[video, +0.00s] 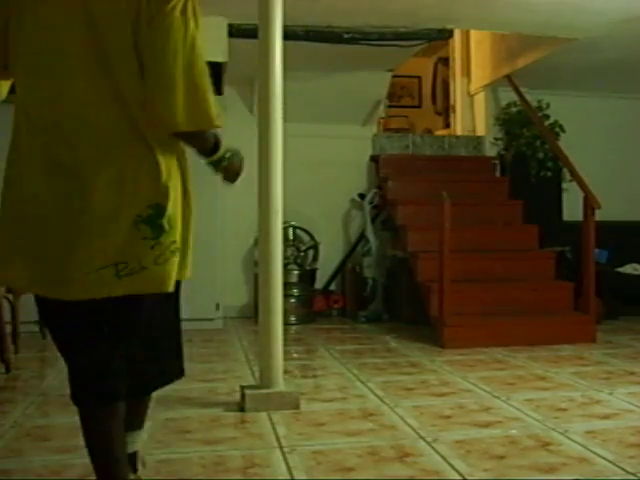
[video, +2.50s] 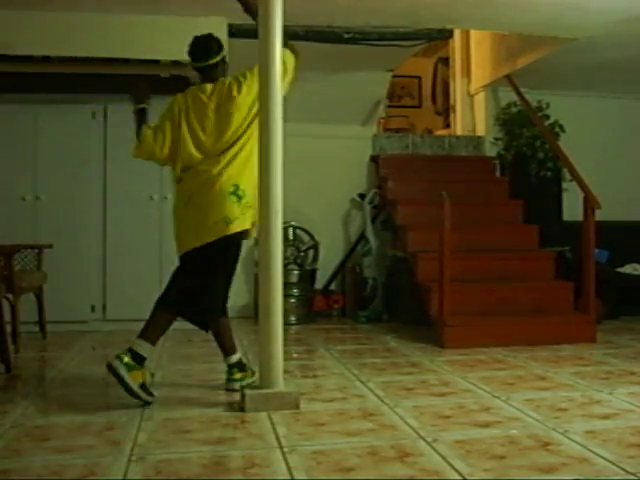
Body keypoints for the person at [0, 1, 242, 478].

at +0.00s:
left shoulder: (24, 12)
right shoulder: (162, 6)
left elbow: (7, 72)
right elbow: (178, 105)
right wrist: (220, 153)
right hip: (134, 213)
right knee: (141, 348)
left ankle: (112, 471)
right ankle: (127, 458)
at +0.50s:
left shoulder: (33, 13)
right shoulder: (148, 9)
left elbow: (9, 118)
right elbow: (213, 93)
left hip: (64, 175)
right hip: (142, 176)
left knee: (73, 285)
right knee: (127, 319)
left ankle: (71, 384)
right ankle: (106, 460)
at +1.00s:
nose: (117, 8)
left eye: (111, 4)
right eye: (117, 3)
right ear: (115, 2)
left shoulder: (37, 44)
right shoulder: (132, 49)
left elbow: (19, 131)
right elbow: (166, 139)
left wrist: (67, 122)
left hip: (63, 204)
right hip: (126, 199)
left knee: (78, 323)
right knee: (143, 276)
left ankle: (90, 435)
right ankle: (129, 353)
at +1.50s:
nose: (128, 40)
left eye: (117, 32)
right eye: (130, 33)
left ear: (92, 31)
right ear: (130, 34)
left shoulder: (63, 74)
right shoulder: (140, 81)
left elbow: (36, 120)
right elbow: (149, 156)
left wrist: (75, 66)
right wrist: (192, 185)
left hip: (74, 217)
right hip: (130, 221)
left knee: (85, 275)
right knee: (118, 309)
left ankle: (80, 321)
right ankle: (95, 403)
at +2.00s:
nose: (159, 66)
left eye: (146, 60)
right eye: (160, 60)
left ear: (129, 66)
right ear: (163, 62)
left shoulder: (113, 107)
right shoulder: (184, 96)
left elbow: (70, 157)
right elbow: (226, 80)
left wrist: (66, 114)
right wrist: (212, 36)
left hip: (128, 218)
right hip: (176, 216)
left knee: (145, 299)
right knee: (168, 293)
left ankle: (165, 375)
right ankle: (115, 359)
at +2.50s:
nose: (218, 68)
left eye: (206, 66)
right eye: (220, 62)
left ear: (193, 69)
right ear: (225, 64)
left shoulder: (181, 107)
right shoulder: (246, 90)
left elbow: (150, 147)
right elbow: (285, 57)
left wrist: (140, 111)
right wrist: (258, 15)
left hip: (192, 216)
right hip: (233, 212)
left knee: (212, 295)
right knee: (185, 288)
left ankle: (236, 366)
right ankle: (135, 359)